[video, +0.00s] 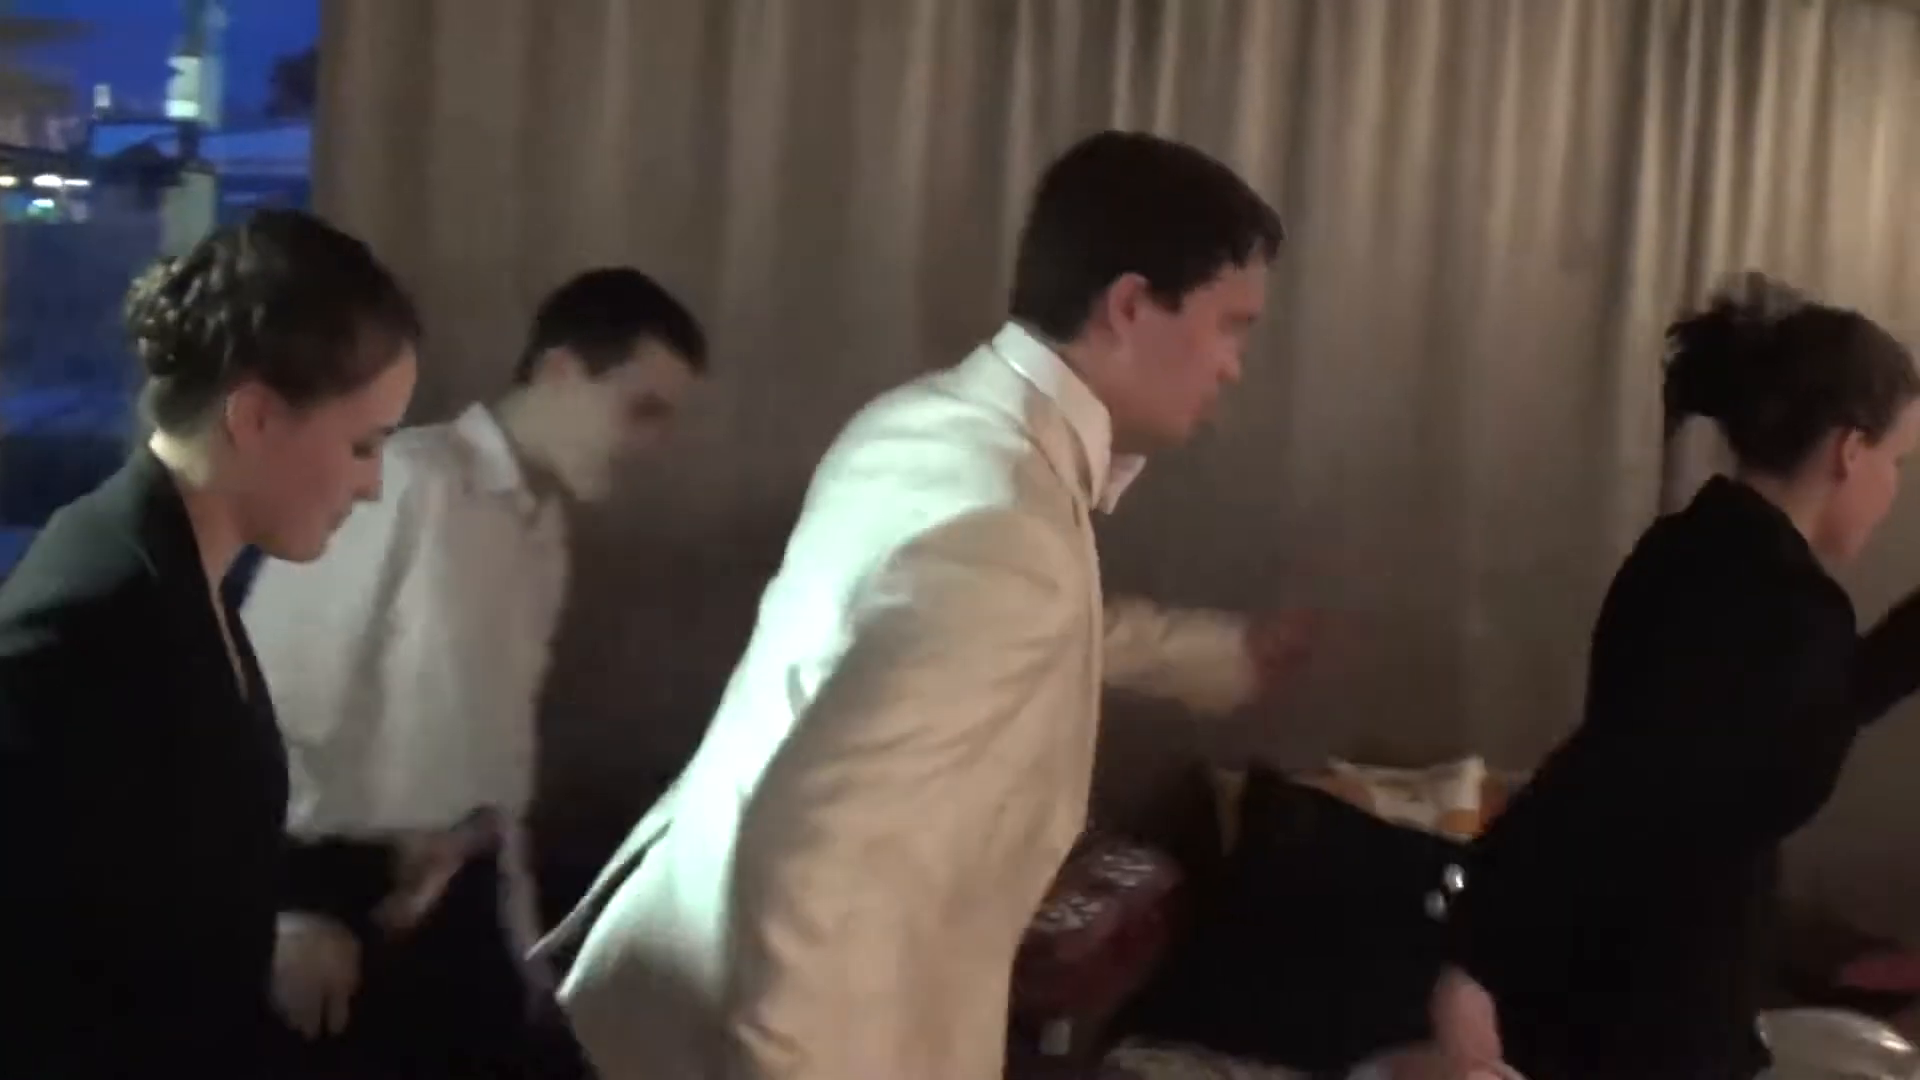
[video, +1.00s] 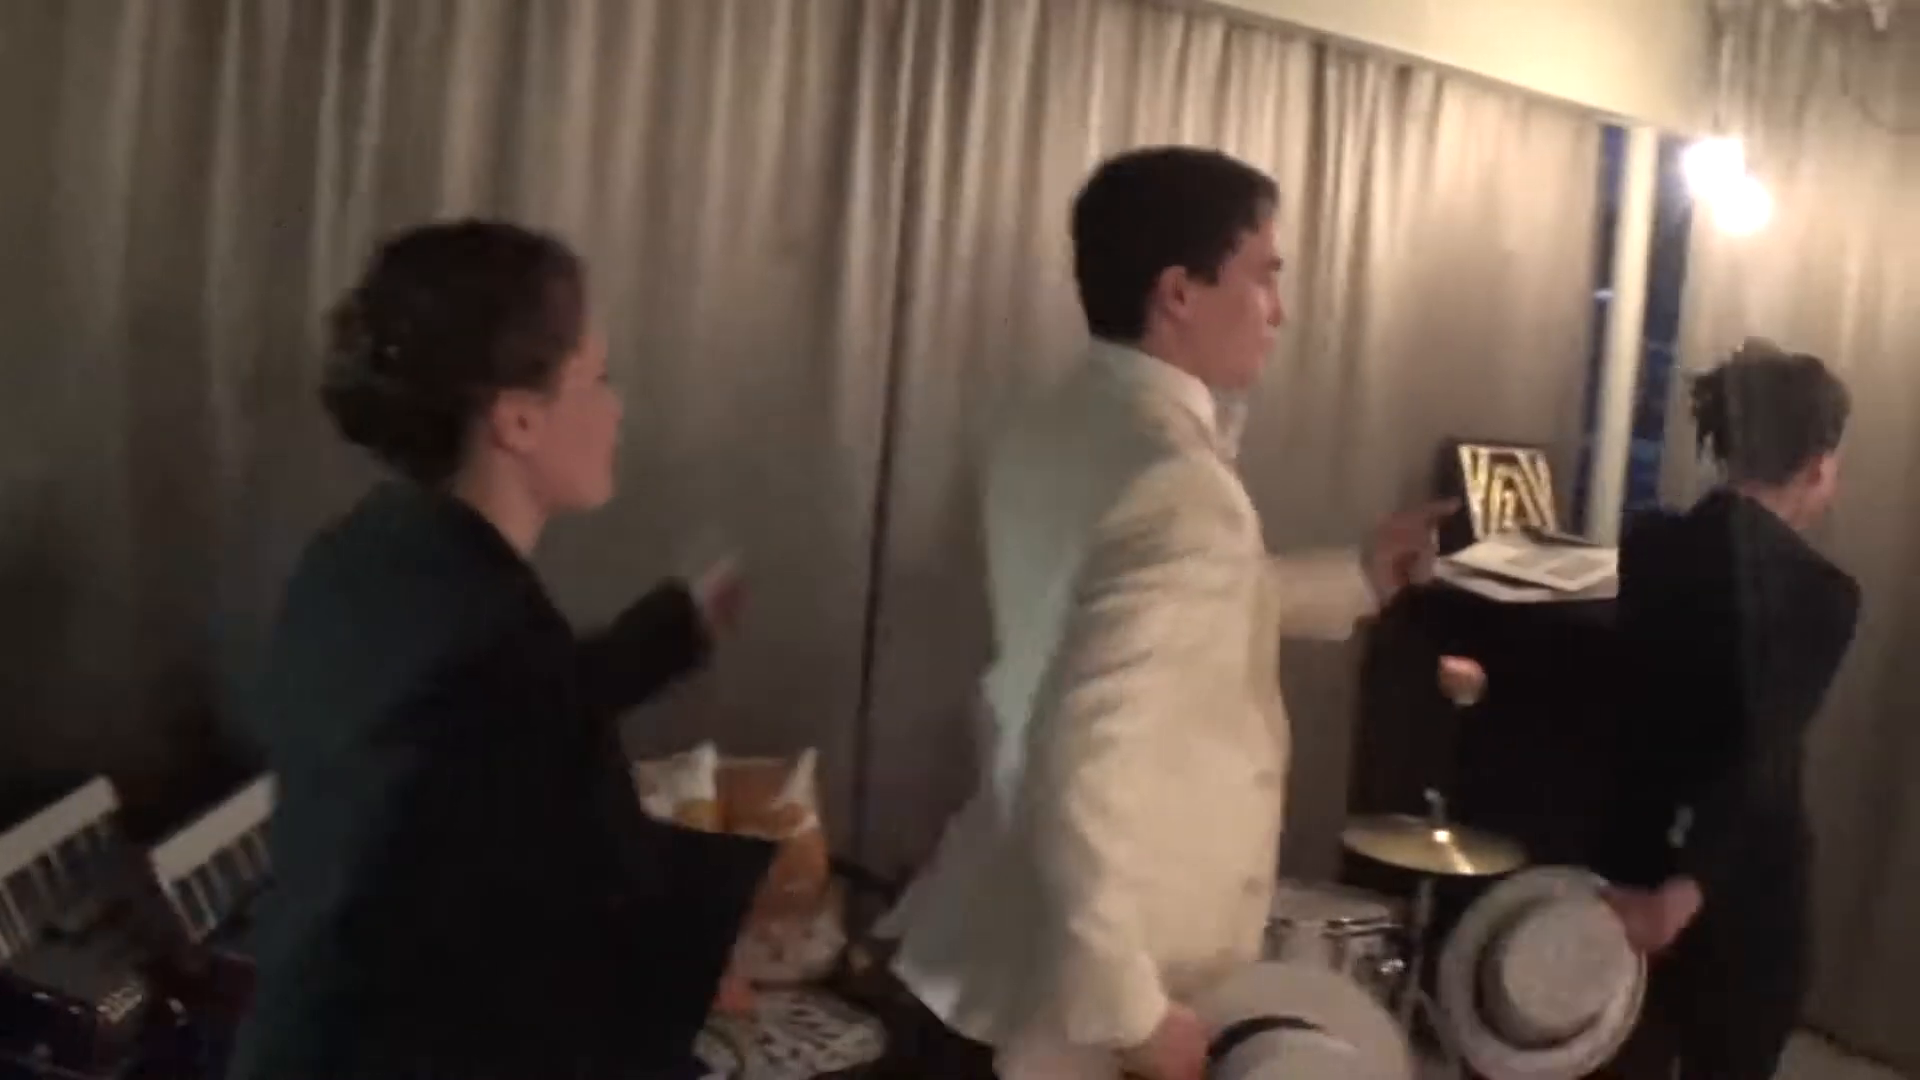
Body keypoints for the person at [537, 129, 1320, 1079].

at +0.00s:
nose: (1235, 367)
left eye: (1245, 332)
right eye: (1230, 325)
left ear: (1123, 306)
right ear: (1130, 308)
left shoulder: (926, 425)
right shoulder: (1003, 535)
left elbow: (1036, 633)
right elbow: (826, 867)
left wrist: (1227, 658)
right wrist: (808, 1068)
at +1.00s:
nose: (1279, 305)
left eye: (1276, 276)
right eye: (1263, 275)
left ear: (1164, 298)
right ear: (1178, 294)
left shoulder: (1047, 419)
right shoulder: (1183, 495)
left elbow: (1144, 597)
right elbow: (1084, 773)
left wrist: (1359, 579)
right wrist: (1135, 1011)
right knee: (1355, 1040)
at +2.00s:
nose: (1346, 353)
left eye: (1347, 331)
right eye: (1343, 331)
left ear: (1233, 325)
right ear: (1305, 340)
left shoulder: (1155, 436)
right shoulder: (1284, 486)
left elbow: (1237, 570)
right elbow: (1230, 676)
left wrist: (1378, 558)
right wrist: (1247, 864)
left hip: (1112, 850)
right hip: (1230, 879)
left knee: (1102, 1059)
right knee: (1245, 1066)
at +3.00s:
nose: (1312, 281)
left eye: (1315, 261)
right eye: (1292, 260)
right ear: (1221, 266)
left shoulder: (1285, 378)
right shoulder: (1149, 388)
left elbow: (1336, 511)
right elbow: (1088, 572)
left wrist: (1453, 571)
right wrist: (1163, 658)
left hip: (1230, 737)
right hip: (1147, 748)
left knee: (1176, 970)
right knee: (1131, 972)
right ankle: (1062, 1072)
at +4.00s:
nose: (1241, 206)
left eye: (1244, 186)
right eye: (1224, 182)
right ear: (1152, 179)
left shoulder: (1169, 302)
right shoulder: (1084, 266)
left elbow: (1155, 508)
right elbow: (983, 369)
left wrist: (1271, 579)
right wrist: (1087, 401)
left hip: (1107, 618)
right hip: (1019, 614)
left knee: (1166, 820)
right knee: (1004, 851)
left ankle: (1059, 1022)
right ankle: (968, 1034)